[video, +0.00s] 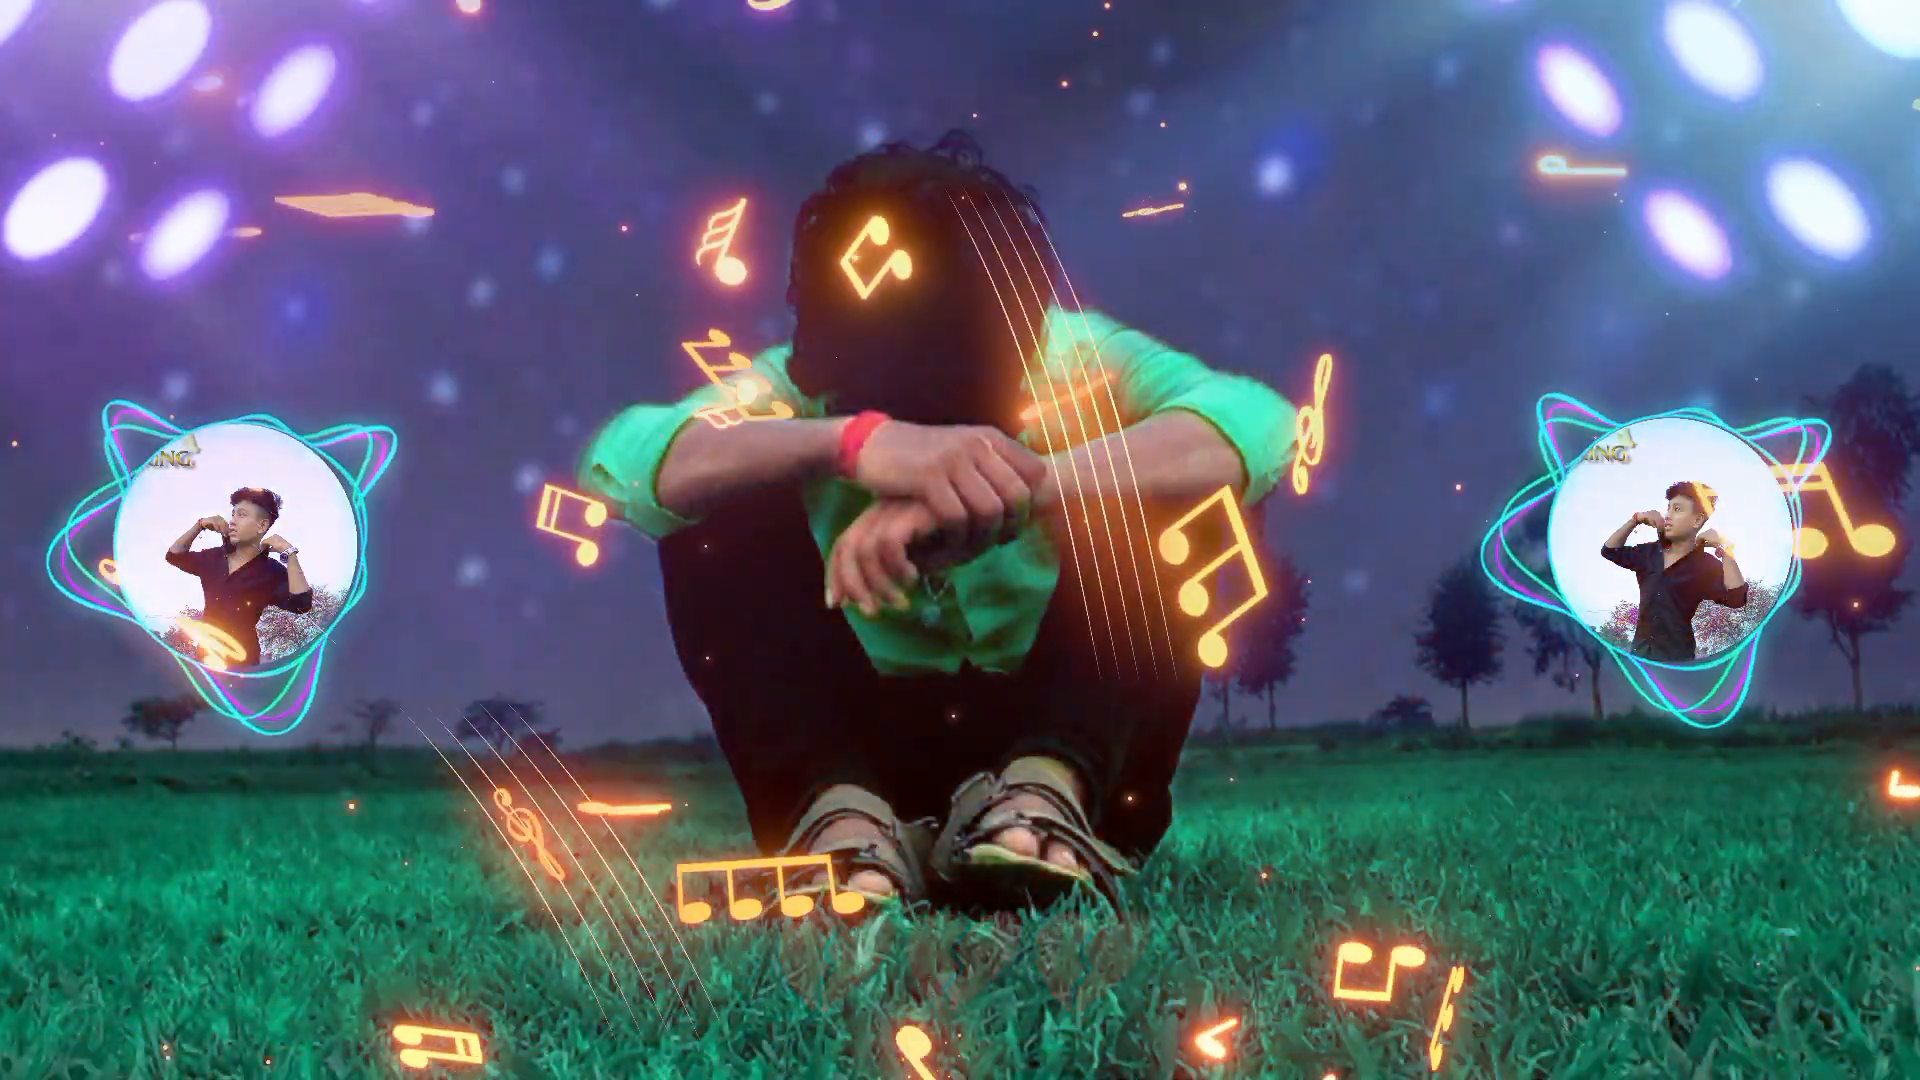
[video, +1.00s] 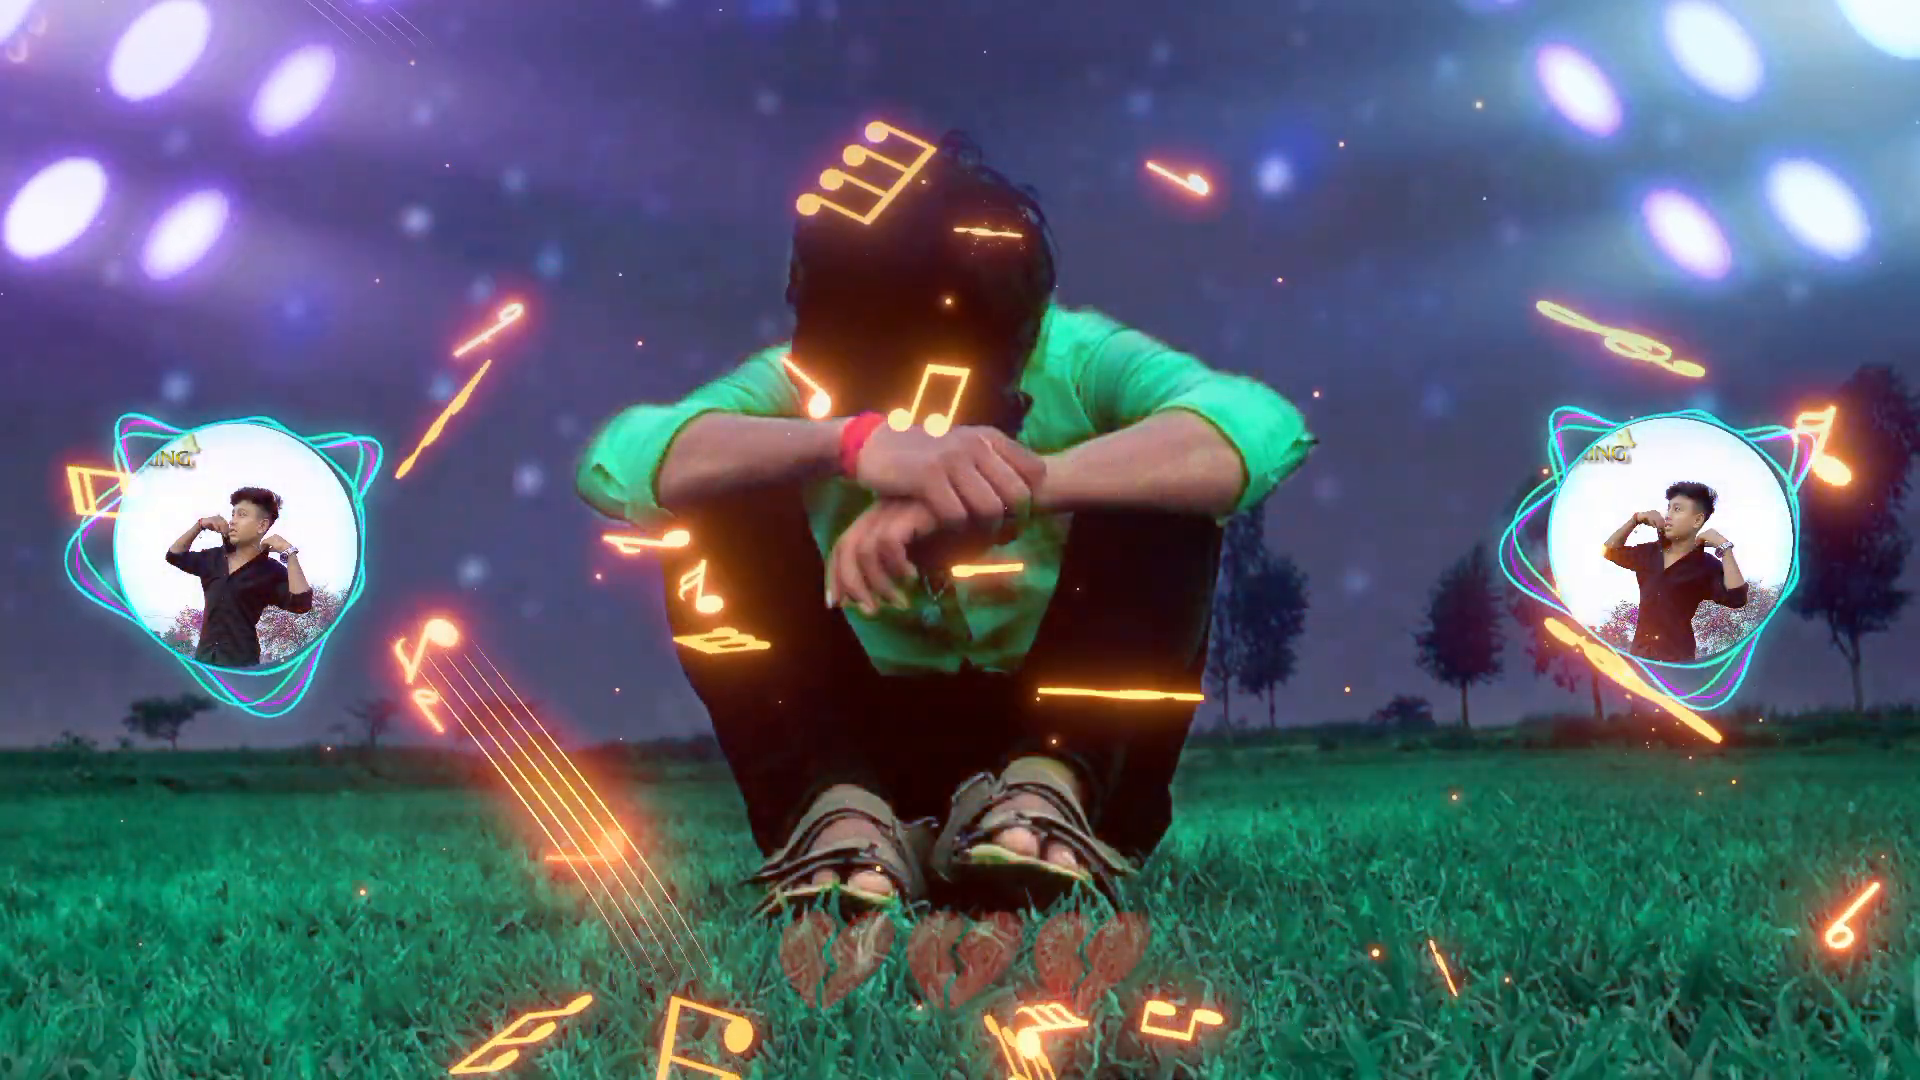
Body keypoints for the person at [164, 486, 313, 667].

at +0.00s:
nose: (232, 520)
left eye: (242, 515)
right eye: (233, 514)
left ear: (263, 525)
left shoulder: (271, 571)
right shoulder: (212, 559)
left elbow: (302, 605)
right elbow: (173, 556)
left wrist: (290, 554)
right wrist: (199, 526)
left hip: (243, 664)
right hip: (205, 658)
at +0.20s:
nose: (232, 521)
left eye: (242, 515)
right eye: (233, 514)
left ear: (263, 525)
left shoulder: (269, 569)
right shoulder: (212, 558)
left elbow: (302, 604)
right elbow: (173, 556)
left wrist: (290, 553)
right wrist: (199, 526)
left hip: (242, 661)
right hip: (204, 659)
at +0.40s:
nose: (232, 521)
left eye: (242, 515)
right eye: (233, 514)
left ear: (262, 526)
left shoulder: (268, 568)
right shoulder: (211, 559)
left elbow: (302, 604)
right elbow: (174, 556)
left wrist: (290, 555)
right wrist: (199, 526)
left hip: (242, 664)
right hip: (204, 660)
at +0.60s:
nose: (232, 521)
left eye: (242, 515)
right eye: (233, 514)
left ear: (263, 525)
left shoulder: (270, 570)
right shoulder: (212, 558)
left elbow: (302, 604)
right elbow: (174, 556)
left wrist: (290, 554)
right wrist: (199, 526)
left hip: (242, 664)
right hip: (204, 660)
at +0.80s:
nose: (232, 521)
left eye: (242, 515)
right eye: (233, 514)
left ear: (263, 525)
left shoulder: (269, 569)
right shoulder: (212, 558)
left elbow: (302, 605)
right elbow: (174, 556)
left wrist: (290, 554)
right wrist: (199, 526)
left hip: (242, 663)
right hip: (204, 660)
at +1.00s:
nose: (232, 521)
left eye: (242, 515)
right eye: (233, 514)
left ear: (263, 525)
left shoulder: (270, 570)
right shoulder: (213, 558)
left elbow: (302, 604)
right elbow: (174, 556)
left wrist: (290, 554)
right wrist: (199, 526)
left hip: (242, 663)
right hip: (204, 659)